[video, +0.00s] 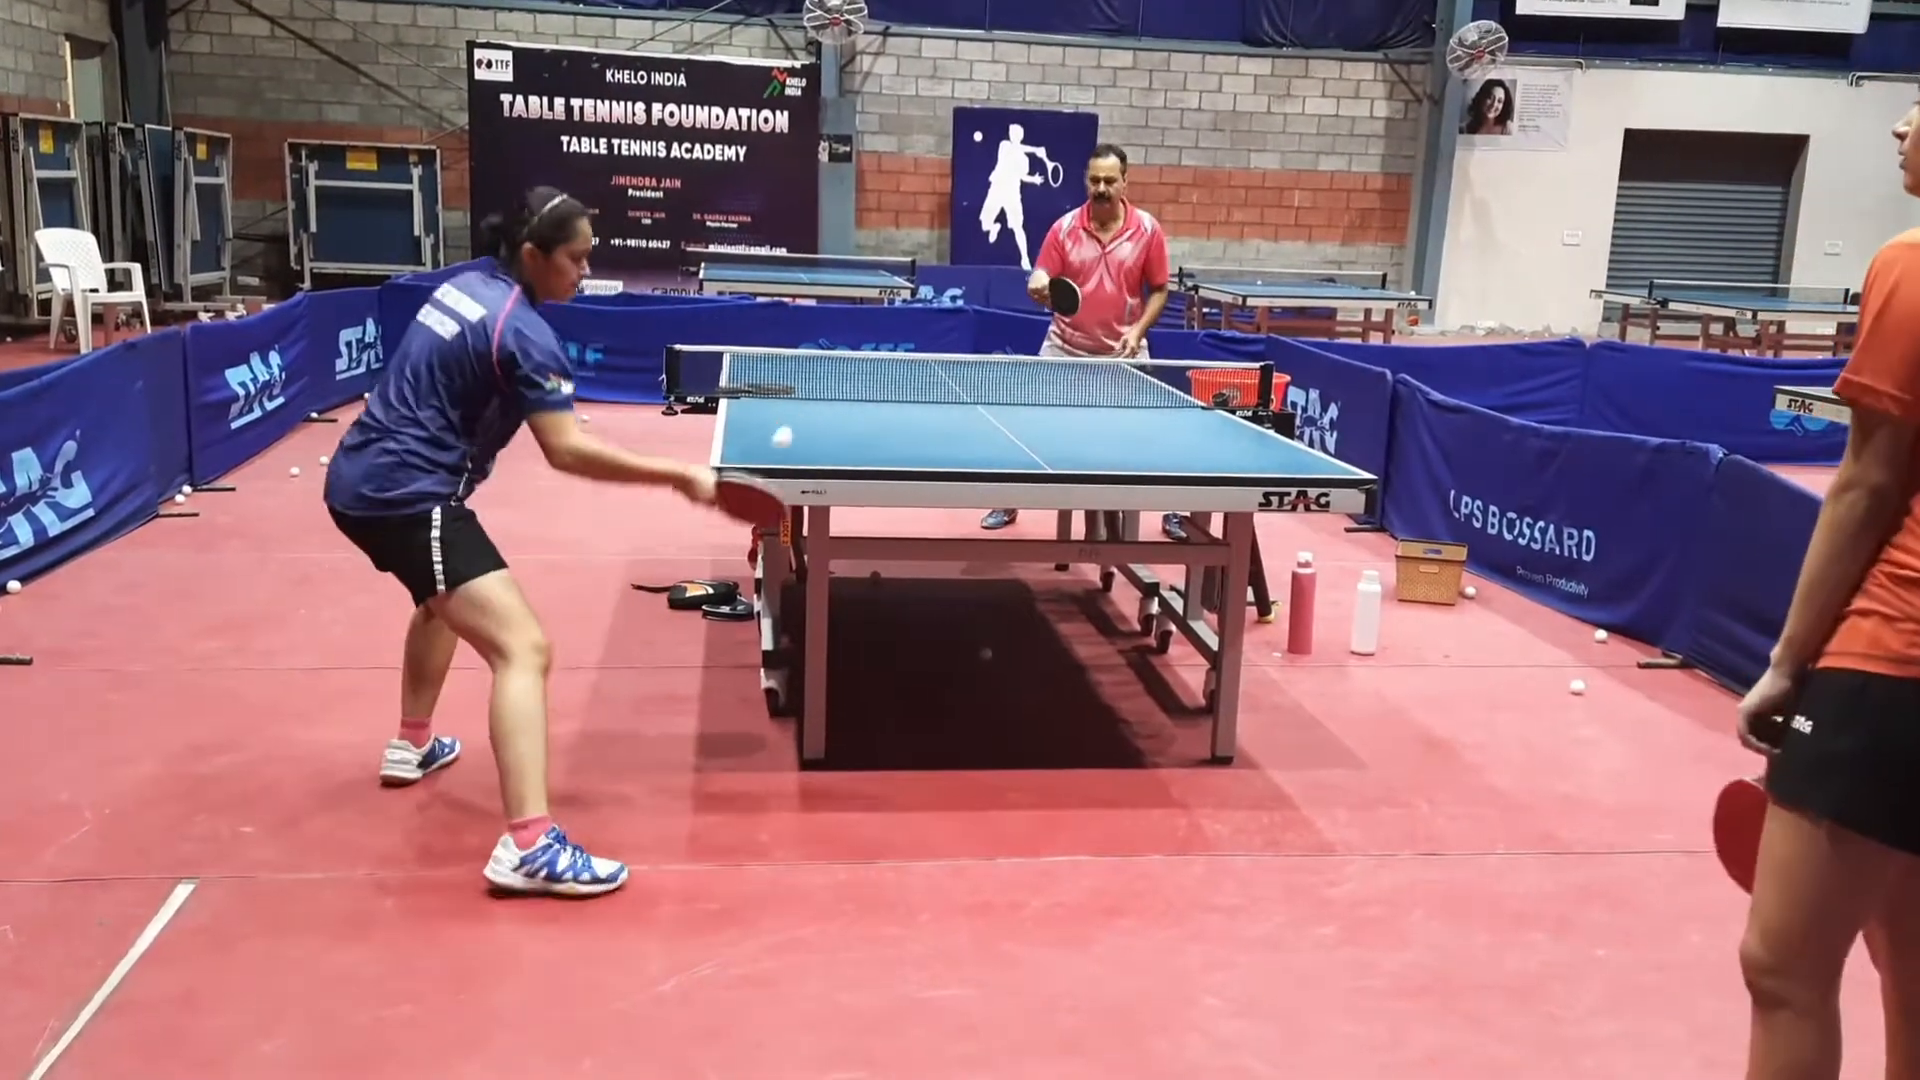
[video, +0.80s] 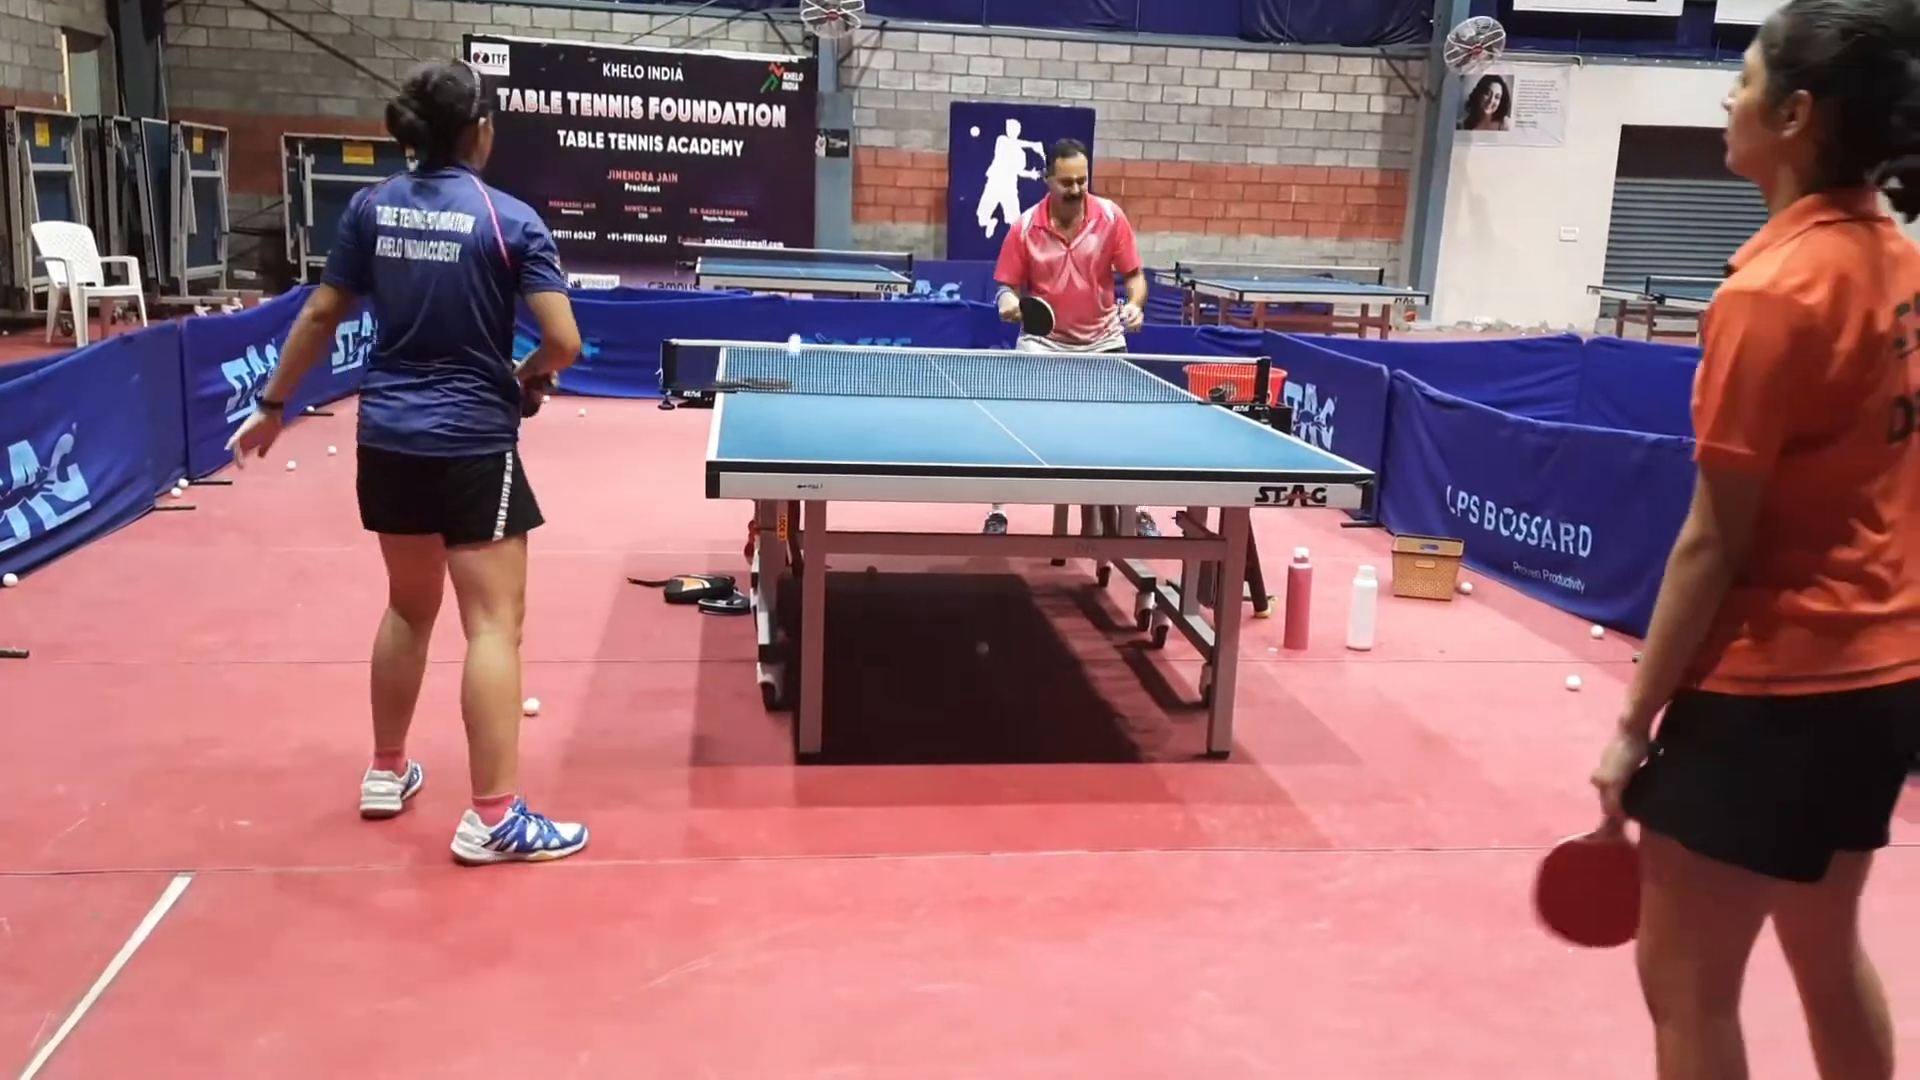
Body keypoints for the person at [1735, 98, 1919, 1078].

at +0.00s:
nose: (1900, 138)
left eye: (1910, 123)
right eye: (1906, 122)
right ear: (1909, 138)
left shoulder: (1907, 265)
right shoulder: (1902, 268)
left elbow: (1874, 482)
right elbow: (1871, 482)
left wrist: (1787, 662)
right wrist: (1802, 664)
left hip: (1880, 662)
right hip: (1886, 665)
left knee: (1784, 976)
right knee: (1909, 977)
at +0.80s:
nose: (1729, 100)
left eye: (1744, 82)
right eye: (1739, 77)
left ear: (1796, 116)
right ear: (1828, 121)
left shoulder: (1769, 292)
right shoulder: (1896, 253)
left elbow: (1716, 537)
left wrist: (1632, 725)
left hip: (1762, 694)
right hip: (1879, 684)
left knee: (1686, 983)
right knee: (1827, 943)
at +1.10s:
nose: (1664, 117)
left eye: (1674, 96)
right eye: (1669, 94)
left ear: (1725, 116)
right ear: (1782, 120)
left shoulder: (1719, 306)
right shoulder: (1866, 250)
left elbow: (1639, 559)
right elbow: (1878, 478)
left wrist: (1547, 747)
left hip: (1732, 698)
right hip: (1841, 674)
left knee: (1696, 1008)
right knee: (1696, 982)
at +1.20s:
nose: (1640, 136)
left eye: (1650, 113)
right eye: (1644, 113)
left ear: (1706, 124)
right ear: (1748, 123)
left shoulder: (1716, 317)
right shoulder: (1842, 252)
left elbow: (1630, 567)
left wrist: (1532, 754)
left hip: (1724, 696)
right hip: (1811, 669)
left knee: (1694, 1009)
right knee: (1600, 891)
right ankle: (1617, 1079)